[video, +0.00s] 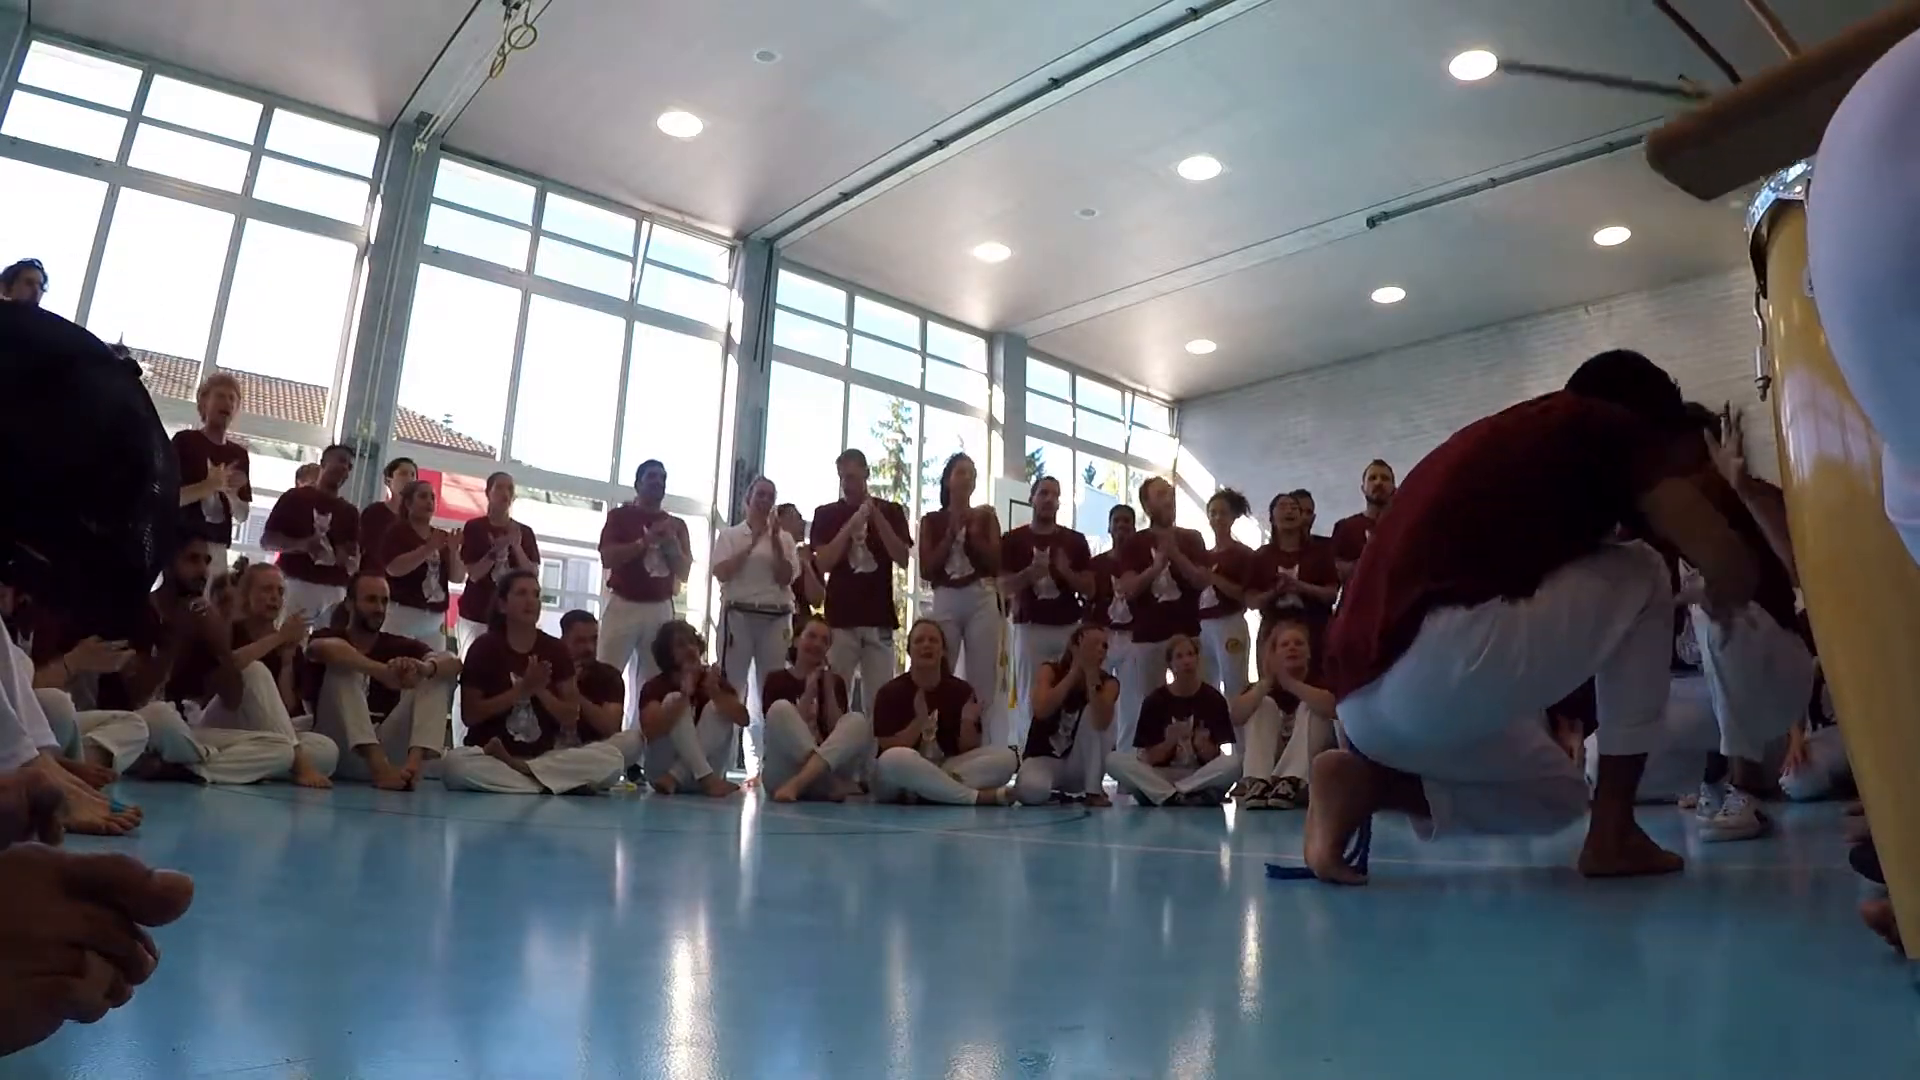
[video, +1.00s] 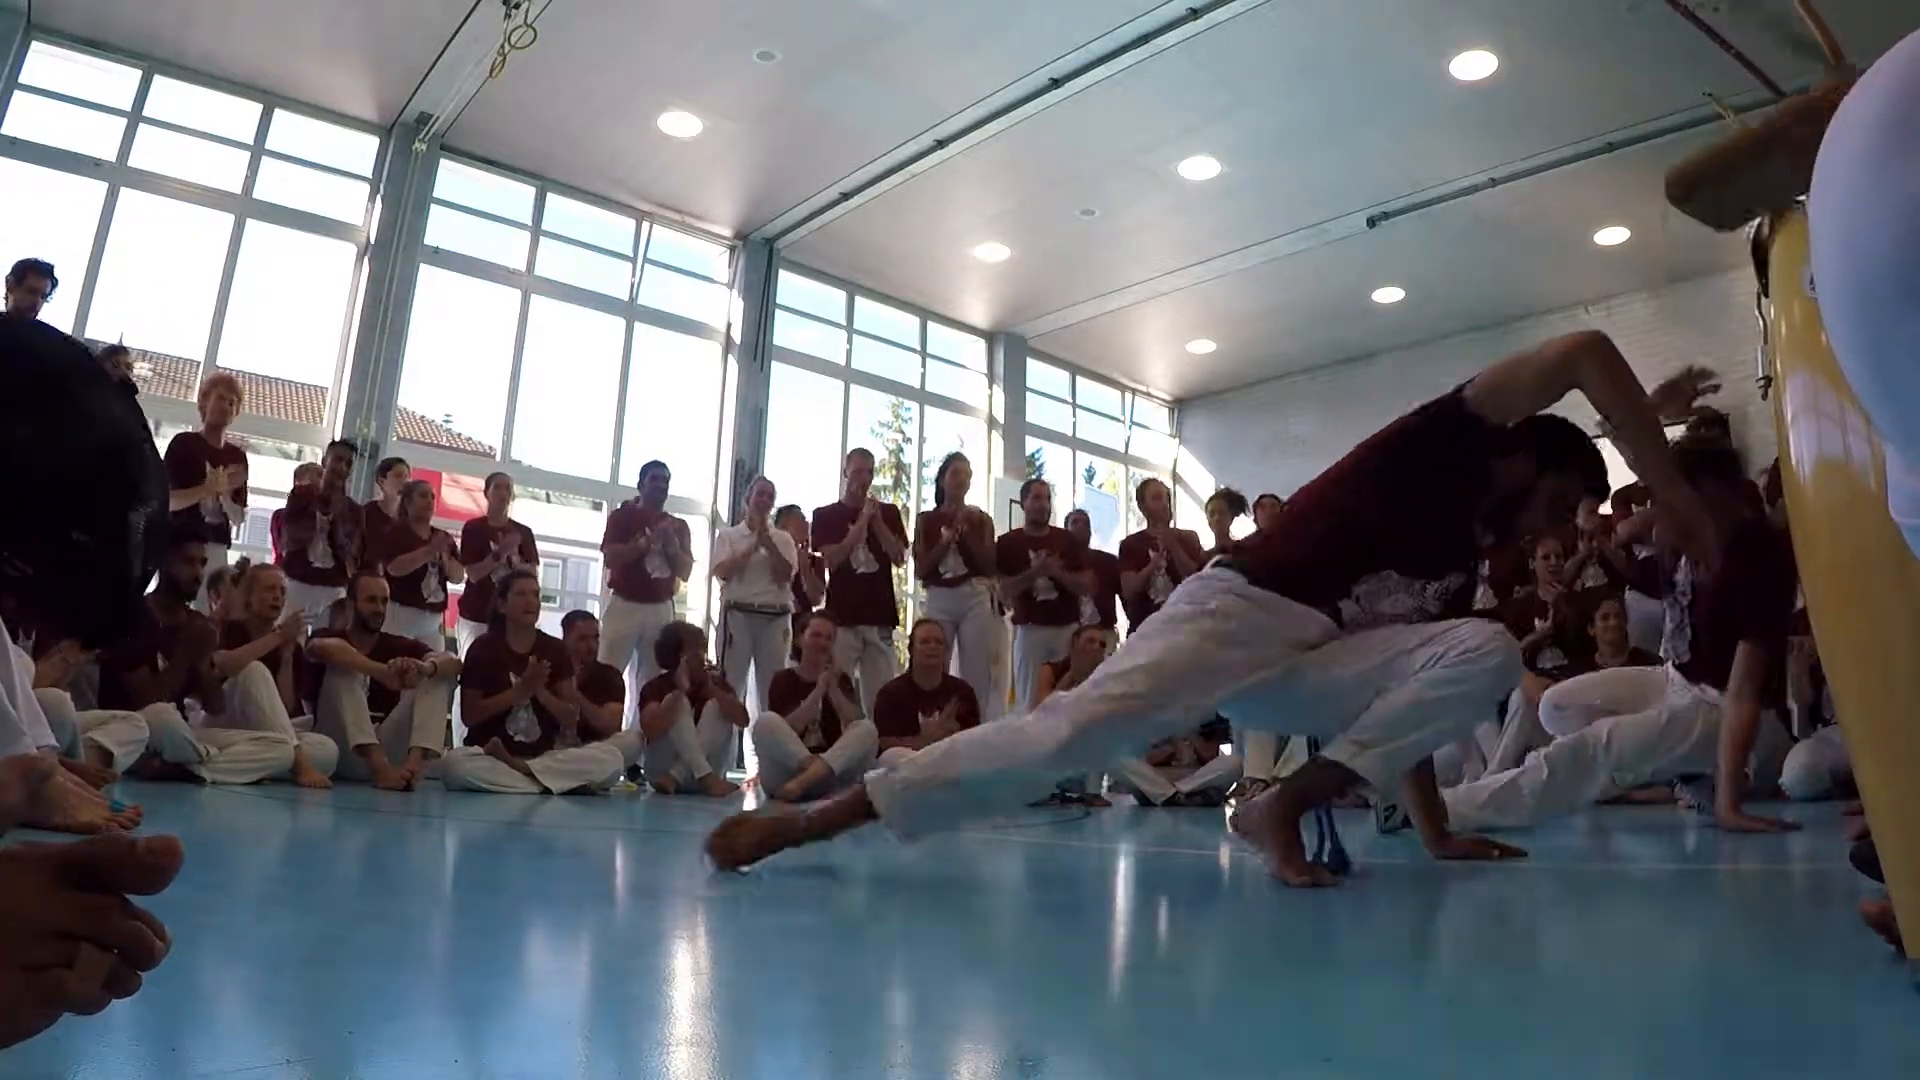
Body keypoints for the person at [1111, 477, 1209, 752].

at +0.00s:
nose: (1168, 500)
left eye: (1170, 494)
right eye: (1160, 495)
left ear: (1175, 498)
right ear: (1146, 504)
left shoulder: (1192, 538)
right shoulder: (1135, 542)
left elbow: (1202, 581)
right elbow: (1128, 590)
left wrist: (1175, 553)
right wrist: (1158, 564)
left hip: (1187, 633)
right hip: (1148, 636)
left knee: (1191, 705)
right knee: (1143, 709)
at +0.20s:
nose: (1165, 503)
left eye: (1166, 497)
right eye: (1157, 498)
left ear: (1170, 501)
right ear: (1141, 506)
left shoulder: (1187, 540)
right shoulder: (1129, 544)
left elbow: (1198, 583)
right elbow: (1122, 590)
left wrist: (1187, 559)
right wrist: (1144, 557)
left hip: (1180, 634)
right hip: (1142, 637)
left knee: (1187, 704)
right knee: (1137, 710)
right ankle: (1130, 774)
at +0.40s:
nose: (1162, 503)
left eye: (1164, 497)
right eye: (1155, 498)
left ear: (1168, 501)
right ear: (1138, 506)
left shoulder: (1184, 540)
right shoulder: (1124, 545)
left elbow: (1194, 582)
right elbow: (1123, 589)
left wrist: (1173, 553)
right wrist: (1152, 562)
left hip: (1178, 636)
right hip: (1140, 639)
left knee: (1185, 704)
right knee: (1140, 710)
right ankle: (1133, 775)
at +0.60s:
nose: (1160, 503)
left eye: (1162, 497)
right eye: (1152, 498)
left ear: (1167, 502)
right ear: (1137, 505)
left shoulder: (1183, 540)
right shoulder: (1126, 544)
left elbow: (1194, 581)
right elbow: (1120, 591)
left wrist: (1171, 556)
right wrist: (1147, 566)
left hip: (1179, 634)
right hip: (1140, 636)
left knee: (1185, 700)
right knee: (1144, 704)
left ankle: (1191, 756)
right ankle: (1145, 761)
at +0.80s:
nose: (1161, 504)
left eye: (1163, 498)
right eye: (1153, 499)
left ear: (1168, 501)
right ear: (1138, 507)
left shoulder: (1183, 540)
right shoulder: (1126, 545)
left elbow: (1196, 582)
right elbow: (1122, 587)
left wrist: (1180, 553)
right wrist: (1141, 559)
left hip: (1180, 632)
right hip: (1142, 636)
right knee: (1146, 701)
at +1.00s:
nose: (1165, 503)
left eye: (1167, 497)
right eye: (1156, 498)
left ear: (1171, 502)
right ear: (1142, 506)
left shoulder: (1189, 538)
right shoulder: (1130, 545)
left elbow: (1198, 580)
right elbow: (1128, 590)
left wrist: (1174, 546)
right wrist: (1152, 566)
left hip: (1186, 624)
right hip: (1145, 628)